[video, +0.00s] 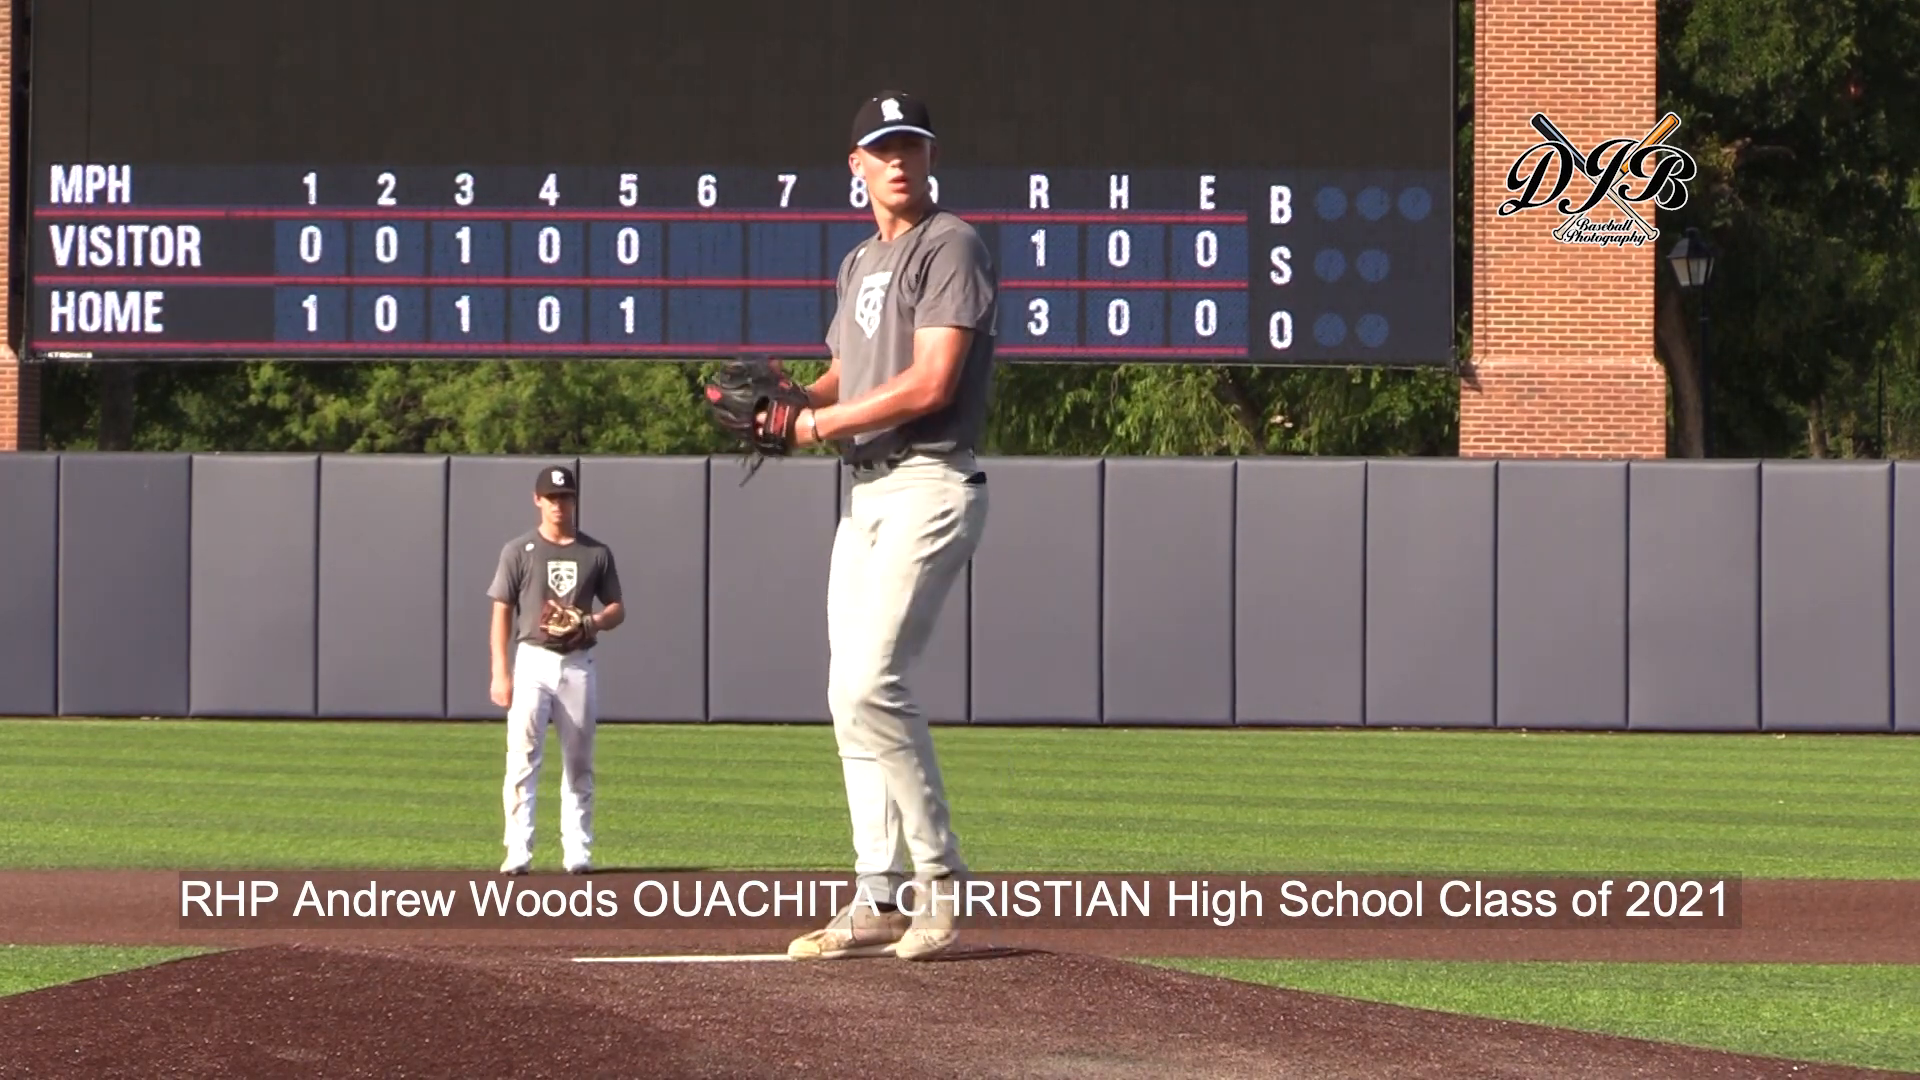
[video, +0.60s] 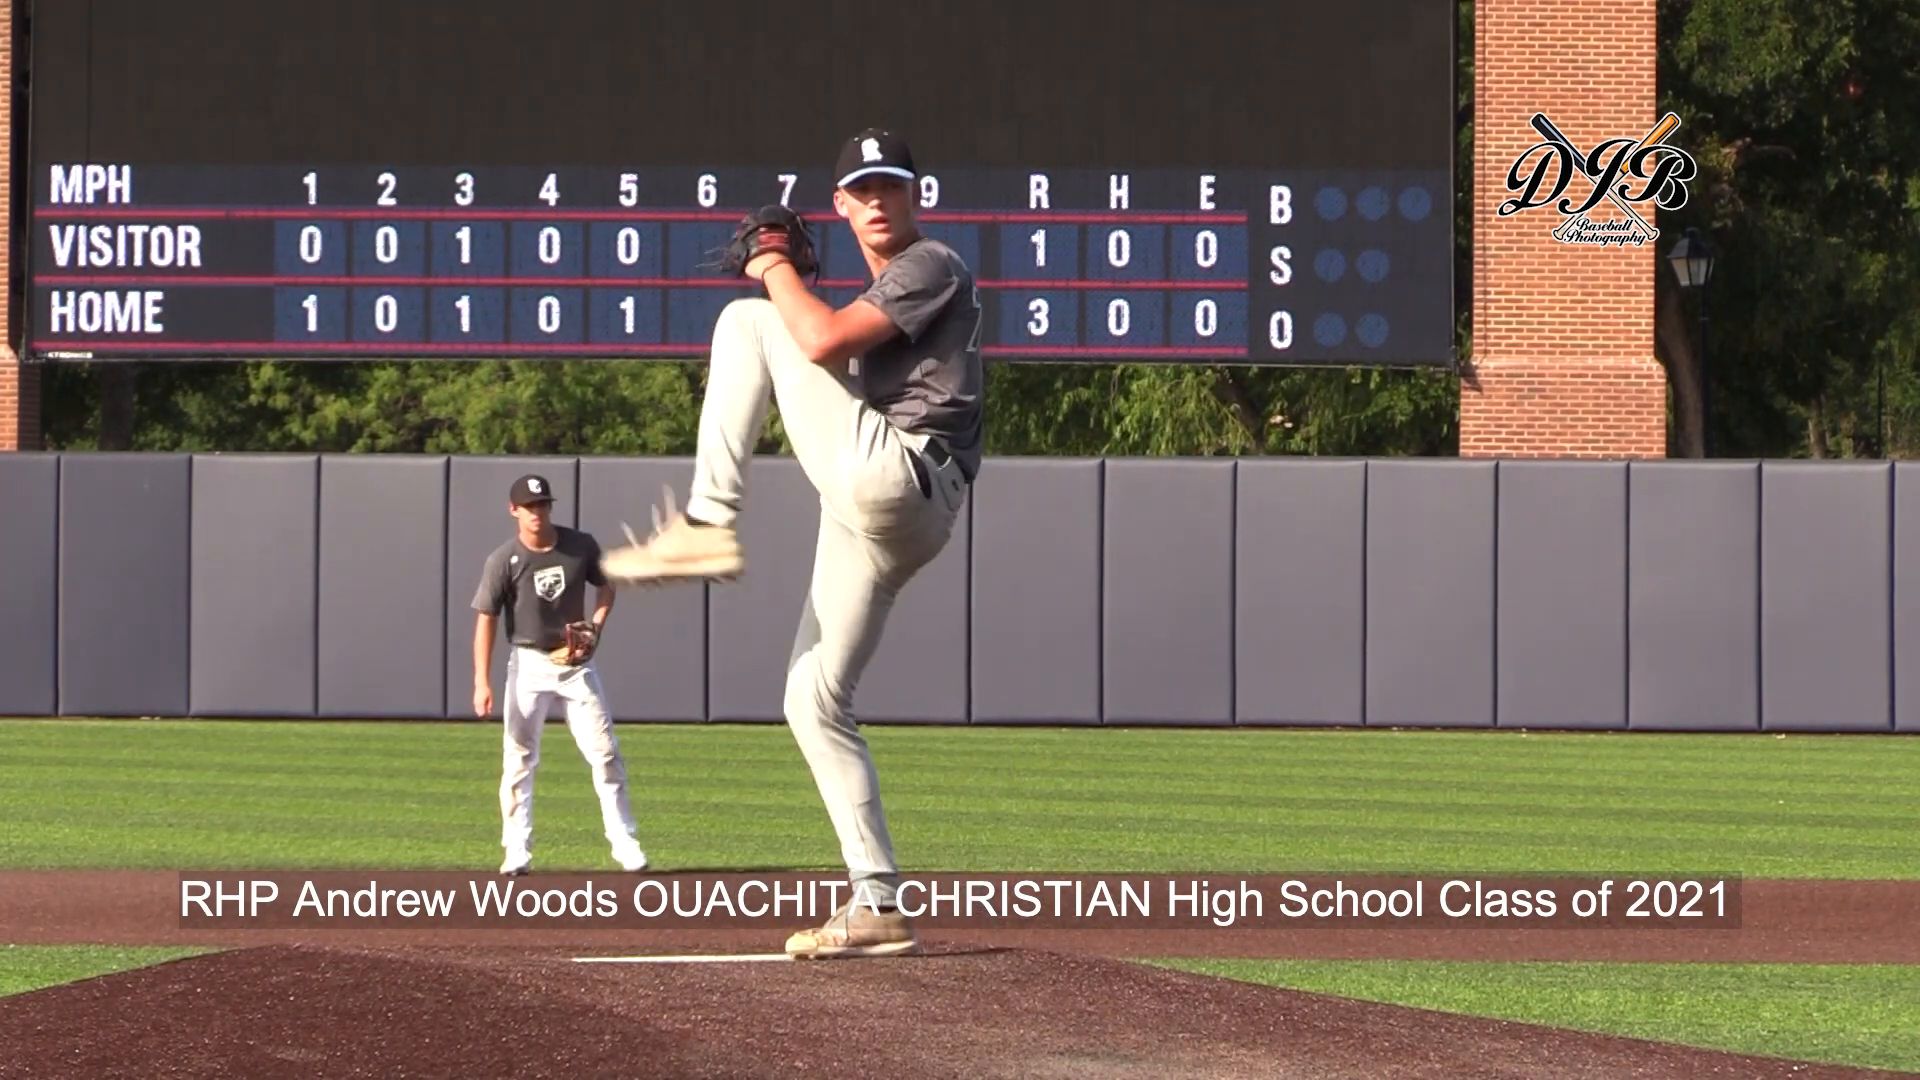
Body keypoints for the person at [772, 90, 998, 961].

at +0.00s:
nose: (901, 165)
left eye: (911, 150)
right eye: (884, 153)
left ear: (930, 160)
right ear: (857, 167)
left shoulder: (953, 244)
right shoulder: (858, 263)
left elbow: (932, 383)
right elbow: (846, 381)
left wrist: (817, 423)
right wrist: (784, 405)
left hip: (930, 486)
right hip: (867, 490)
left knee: (870, 686)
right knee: (851, 697)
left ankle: (940, 882)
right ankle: (880, 898)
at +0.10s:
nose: (895, 165)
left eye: (906, 150)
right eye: (879, 153)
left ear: (926, 160)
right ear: (853, 166)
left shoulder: (948, 243)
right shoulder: (865, 261)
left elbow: (914, 378)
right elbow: (849, 368)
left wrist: (796, 391)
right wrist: (780, 368)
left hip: (925, 479)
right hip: (873, 479)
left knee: (797, 630)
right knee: (868, 696)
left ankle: (872, 829)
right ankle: (874, 908)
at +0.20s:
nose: (889, 168)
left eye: (902, 153)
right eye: (873, 155)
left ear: (925, 162)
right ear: (851, 170)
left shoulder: (946, 242)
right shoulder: (869, 264)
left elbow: (893, 371)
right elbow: (853, 387)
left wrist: (778, 343)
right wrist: (779, 342)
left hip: (920, 475)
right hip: (885, 476)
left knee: (741, 557)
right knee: (863, 704)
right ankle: (882, 906)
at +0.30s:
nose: (886, 173)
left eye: (899, 157)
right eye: (870, 160)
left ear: (924, 166)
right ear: (850, 174)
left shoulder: (943, 242)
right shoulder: (875, 263)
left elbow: (871, 360)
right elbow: (839, 380)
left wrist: (773, 303)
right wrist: (778, 309)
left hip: (918, 473)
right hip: (894, 477)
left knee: (713, 481)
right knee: (864, 702)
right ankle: (879, 907)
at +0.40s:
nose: (885, 178)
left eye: (897, 162)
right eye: (869, 165)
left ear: (922, 170)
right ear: (848, 178)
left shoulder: (937, 243)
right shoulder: (878, 264)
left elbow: (845, 346)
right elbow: (811, 365)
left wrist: (773, 276)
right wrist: (779, 276)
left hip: (910, 468)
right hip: (898, 488)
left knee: (711, 403)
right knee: (854, 698)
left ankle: (575, 565)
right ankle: (878, 905)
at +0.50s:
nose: (879, 192)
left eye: (894, 175)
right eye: (864, 178)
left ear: (921, 183)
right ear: (846, 191)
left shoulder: (936, 252)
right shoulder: (877, 273)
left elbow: (825, 329)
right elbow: (824, 348)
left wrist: (773, 252)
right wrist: (780, 263)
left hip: (900, 469)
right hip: (883, 500)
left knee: (742, 326)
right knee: (839, 697)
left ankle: (600, 489)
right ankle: (878, 906)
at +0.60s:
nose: (875, 205)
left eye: (889, 189)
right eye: (860, 193)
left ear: (917, 197)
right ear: (841, 206)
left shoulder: (933, 263)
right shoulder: (870, 283)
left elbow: (825, 338)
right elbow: (833, 357)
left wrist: (772, 265)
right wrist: (791, 276)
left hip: (894, 469)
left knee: (750, 318)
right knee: (815, 701)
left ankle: (710, 523)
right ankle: (876, 904)